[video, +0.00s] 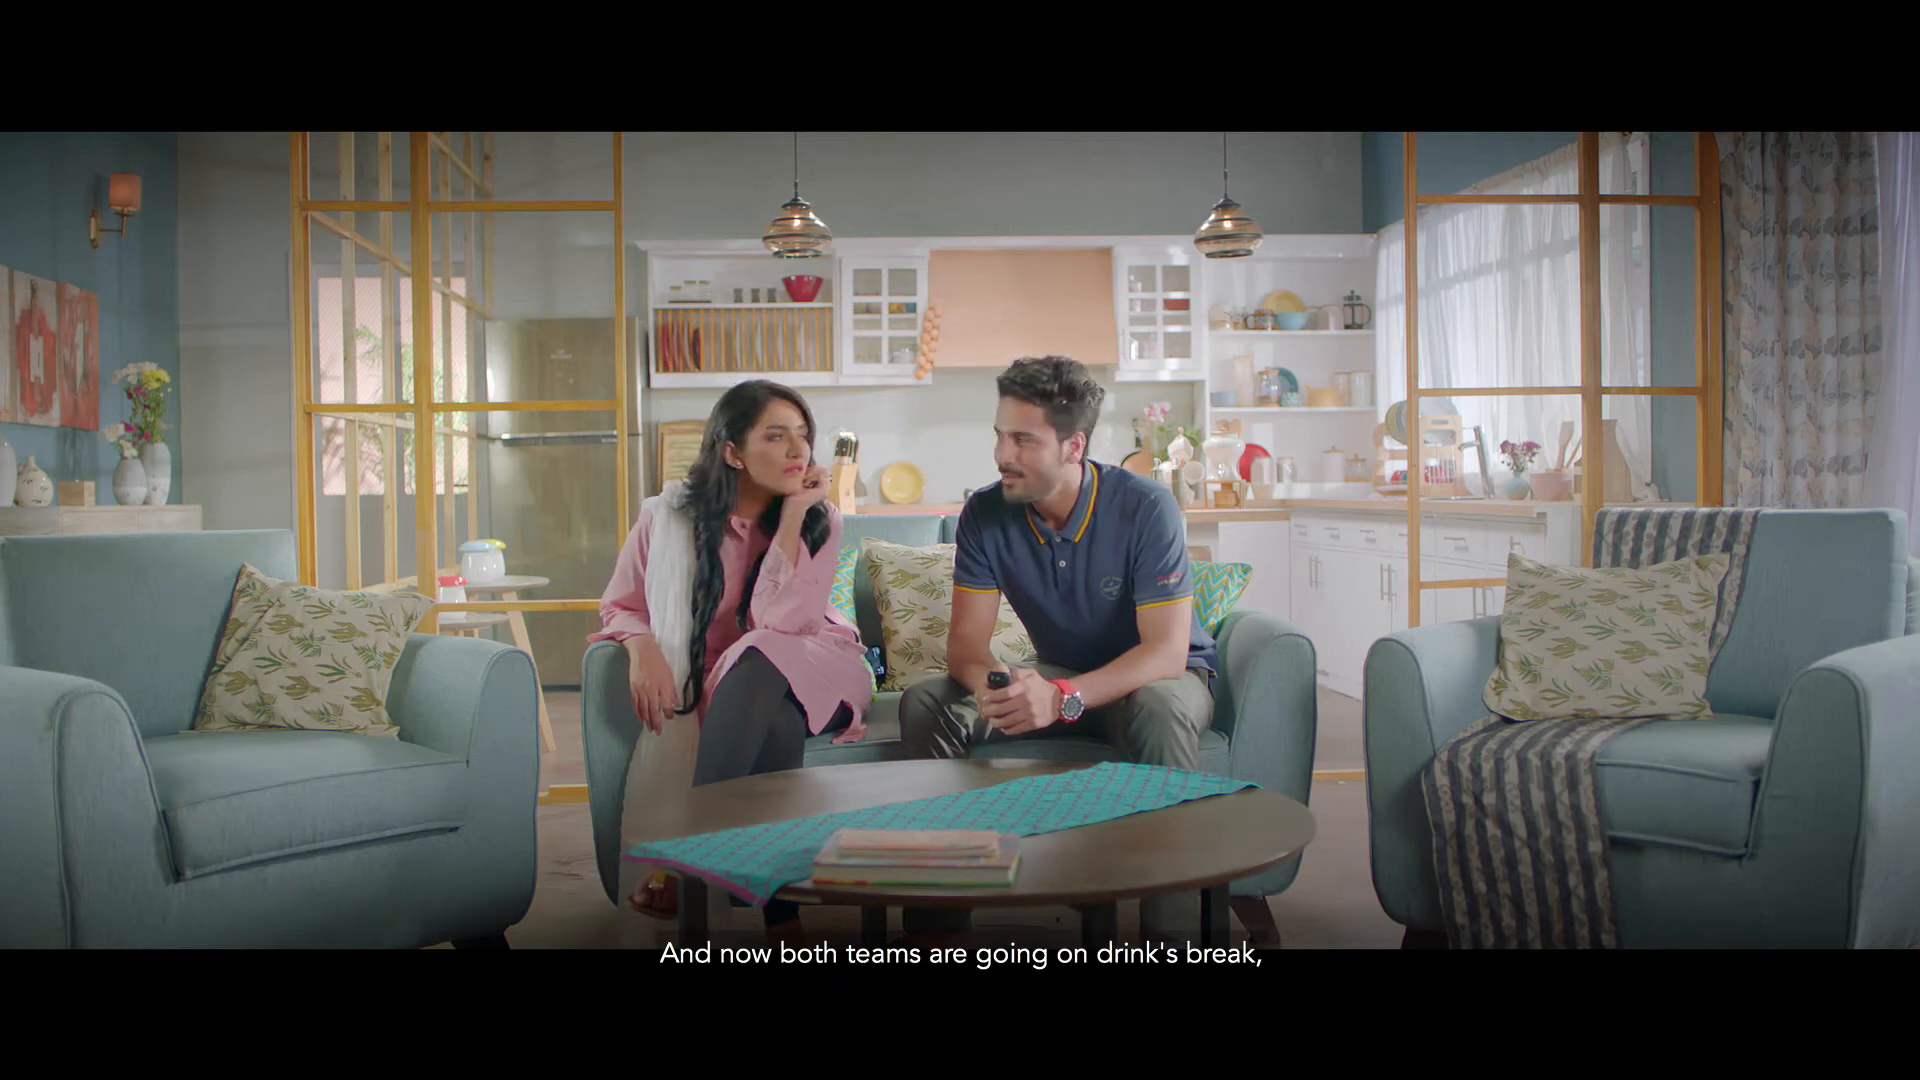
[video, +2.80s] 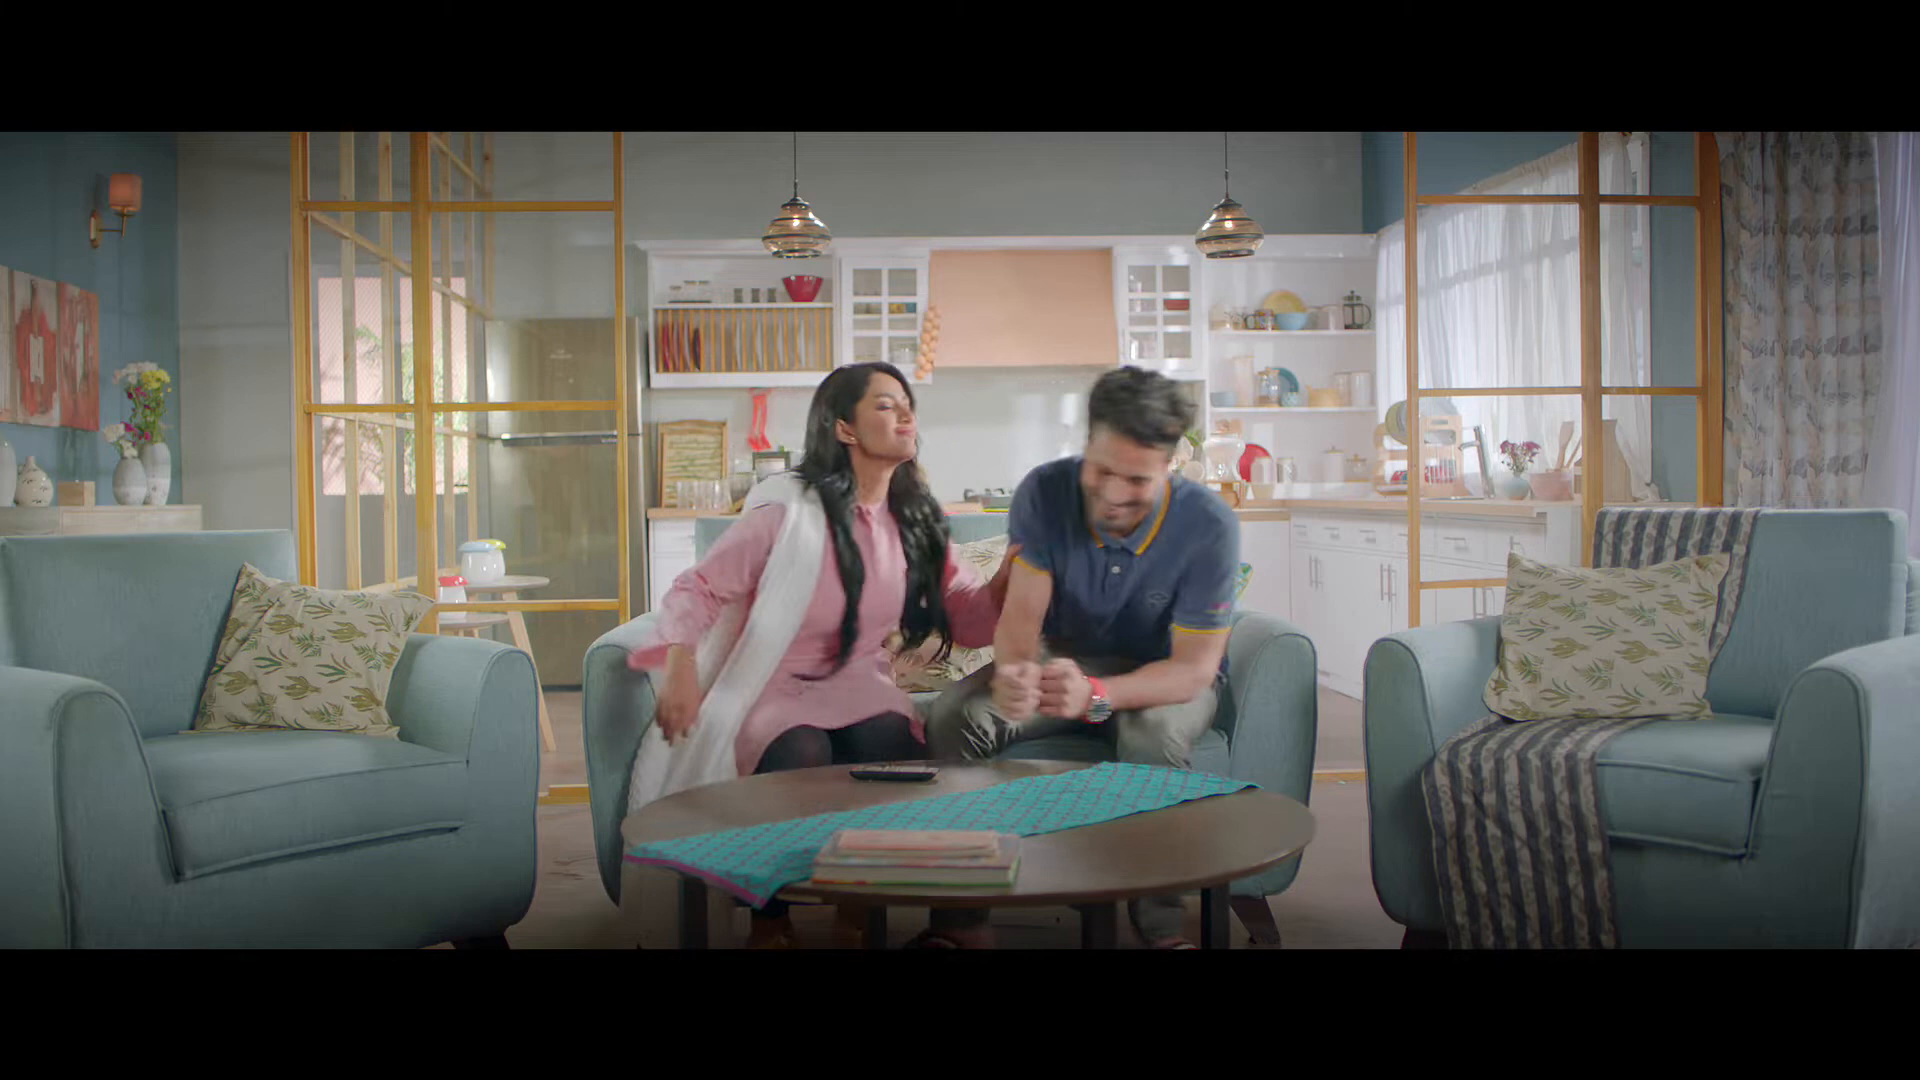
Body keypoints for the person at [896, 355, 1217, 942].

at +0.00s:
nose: (1002, 455)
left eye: (1022, 441)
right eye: (999, 435)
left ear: (1073, 446)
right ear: (995, 432)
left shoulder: (1145, 509)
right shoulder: (986, 515)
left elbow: (1166, 654)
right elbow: (966, 647)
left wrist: (1064, 697)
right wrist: (997, 686)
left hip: (1155, 679)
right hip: (1058, 681)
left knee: (1157, 709)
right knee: (925, 703)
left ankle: (1172, 923)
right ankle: (942, 899)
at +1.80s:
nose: (1003, 458)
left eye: (1018, 449)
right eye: (1007, 441)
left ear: (1072, 463)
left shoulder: (1154, 509)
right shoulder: (992, 514)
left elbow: (1166, 654)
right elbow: (969, 642)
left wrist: (1052, 693)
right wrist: (913, 651)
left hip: (1157, 677)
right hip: (1061, 674)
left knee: (1155, 711)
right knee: (929, 703)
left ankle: (1166, 928)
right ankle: (940, 917)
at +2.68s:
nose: (1049, 486)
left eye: (1069, 474)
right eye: (1040, 465)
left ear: (1116, 459)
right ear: (1035, 442)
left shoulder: (1174, 508)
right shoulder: (1015, 503)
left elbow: (1169, 653)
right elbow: (1000, 619)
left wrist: (1057, 683)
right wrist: (970, 675)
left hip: (1154, 680)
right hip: (1058, 680)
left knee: (1153, 708)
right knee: (936, 705)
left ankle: (1172, 929)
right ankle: (949, 915)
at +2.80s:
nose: (1117, 495)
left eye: (1138, 479)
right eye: (1103, 471)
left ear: (1169, 467)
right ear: (1085, 448)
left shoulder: (1209, 525)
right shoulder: (1044, 492)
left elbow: (1195, 670)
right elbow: (1021, 612)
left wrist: (1096, 693)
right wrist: (1011, 676)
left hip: (1164, 673)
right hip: (1066, 658)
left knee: (1152, 731)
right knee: (954, 715)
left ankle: (1162, 922)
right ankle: (962, 916)